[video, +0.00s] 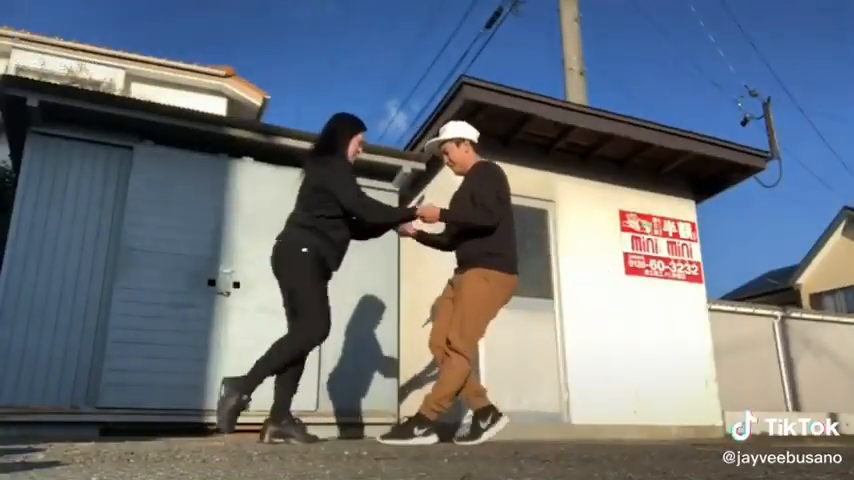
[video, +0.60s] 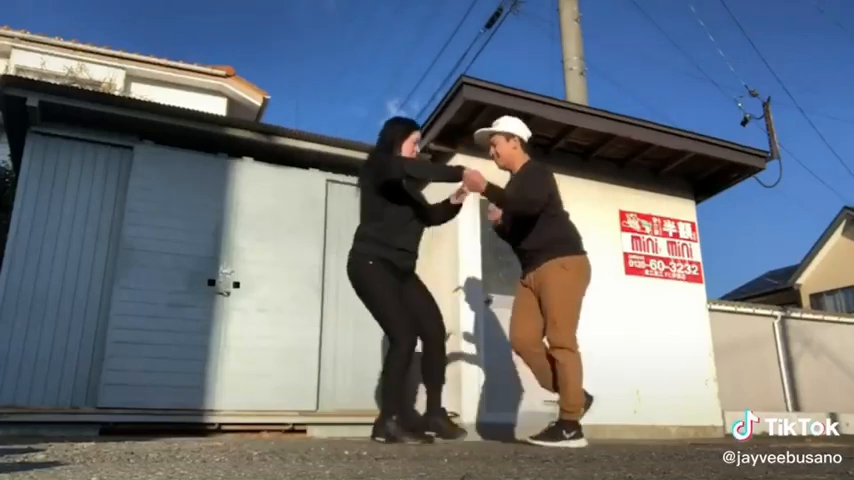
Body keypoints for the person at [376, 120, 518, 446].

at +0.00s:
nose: (446, 160)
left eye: (447, 152)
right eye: (443, 154)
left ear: (465, 145)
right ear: (459, 149)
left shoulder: (487, 172)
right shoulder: (469, 187)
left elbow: (487, 217)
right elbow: (452, 241)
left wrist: (441, 215)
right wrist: (417, 233)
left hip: (489, 273)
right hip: (468, 273)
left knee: (459, 344)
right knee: (440, 341)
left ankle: (426, 420)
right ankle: (484, 411)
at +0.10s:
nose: (450, 158)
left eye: (451, 150)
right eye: (447, 153)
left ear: (469, 141)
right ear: (463, 147)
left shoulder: (497, 165)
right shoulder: (468, 186)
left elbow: (511, 208)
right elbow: (442, 231)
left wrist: (466, 210)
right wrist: (401, 213)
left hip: (495, 264)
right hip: (483, 265)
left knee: (454, 334)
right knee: (465, 338)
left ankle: (437, 416)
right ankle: (490, 416)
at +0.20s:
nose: (454, 153)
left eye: (456, 145)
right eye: (452, 148)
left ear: (474, 138)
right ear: (467, 145)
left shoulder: (503, 162)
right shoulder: (471, 185)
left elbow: (527, 201)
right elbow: (446, 226)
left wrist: (481, 207)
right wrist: (406, 210)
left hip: (504, 261)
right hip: (495, 262)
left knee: (460, 321)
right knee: (481, 334)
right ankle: (492, 415)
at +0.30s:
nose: (463, 154)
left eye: (465, 146)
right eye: (460, 149)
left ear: (483, 139)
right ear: (473, 146)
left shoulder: (511, 164)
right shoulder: (480, 187)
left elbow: (534, 202)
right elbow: (456, 229)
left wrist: (489, 211)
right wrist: (413, 217)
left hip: (516, 264)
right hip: (493, 268)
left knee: (487, 332)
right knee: (481, 337)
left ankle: (538, 397)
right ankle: (494, 417)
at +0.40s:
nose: (472, 155)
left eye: (473, 147)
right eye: (470, 150)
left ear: (492, 140)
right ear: (484, 145)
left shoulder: (518, 168)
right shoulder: (491, 186)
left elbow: (535, 211)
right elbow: (476, 234)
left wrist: (489, 217)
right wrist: (434, 229)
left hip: (532, 267)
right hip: (503, 272)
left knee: (528, 343)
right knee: (491, 343)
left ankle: (563, 419)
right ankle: (496, 421)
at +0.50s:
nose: (482, 156)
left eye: (484, 148)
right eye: (479, 151)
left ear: (503, 141)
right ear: (495, 148)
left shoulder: (526, 171)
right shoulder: (502, 188)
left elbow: (534, 218)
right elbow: (505, 236)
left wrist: (487, 215)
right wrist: (468, 232)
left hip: (554, 265)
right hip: (523, 273)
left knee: (557, 342)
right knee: (500, 337)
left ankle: (568, 423)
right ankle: (512, 416)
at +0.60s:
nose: (491, 152)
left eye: (495, 144)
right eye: (490, 146)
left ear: (515, 141)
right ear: (507, 146)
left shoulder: (535, 172)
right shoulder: (516, 186)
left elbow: (524, 204)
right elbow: (518, 236)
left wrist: (485, 187)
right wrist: (500, 222)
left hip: (561, 265)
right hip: (532, 275)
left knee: (561, 343)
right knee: (523, 341)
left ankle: (570, 423)